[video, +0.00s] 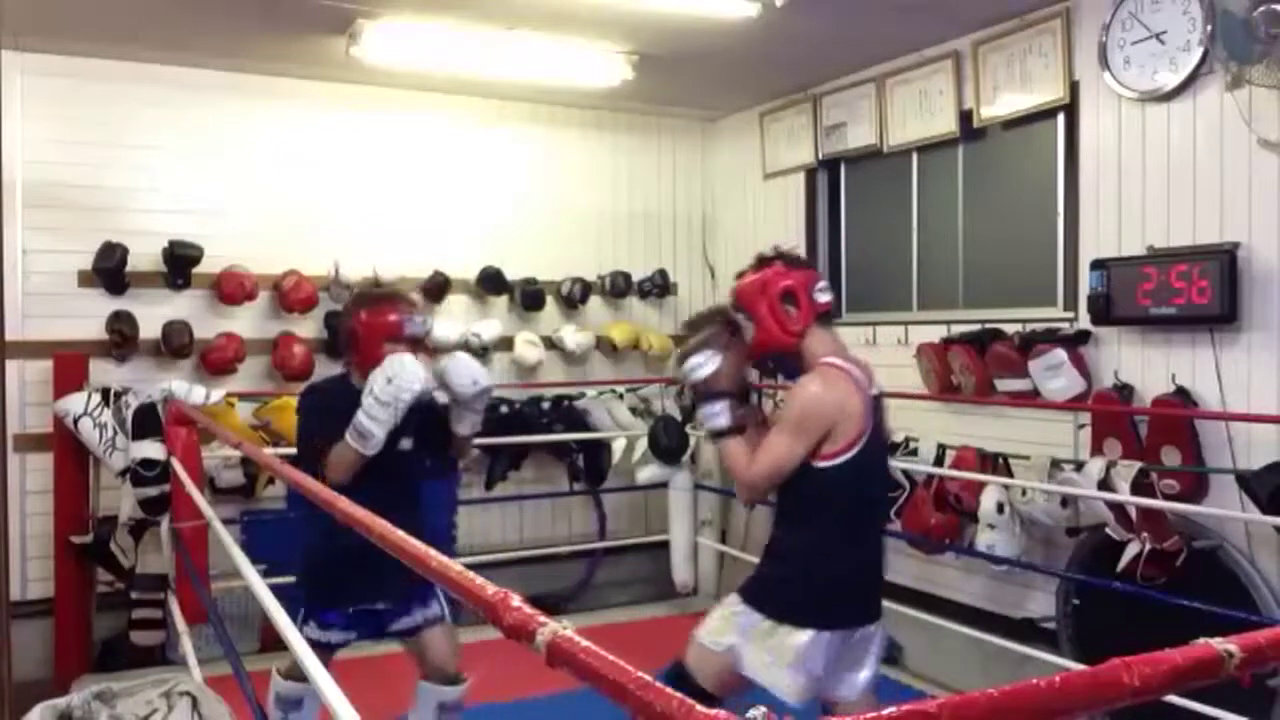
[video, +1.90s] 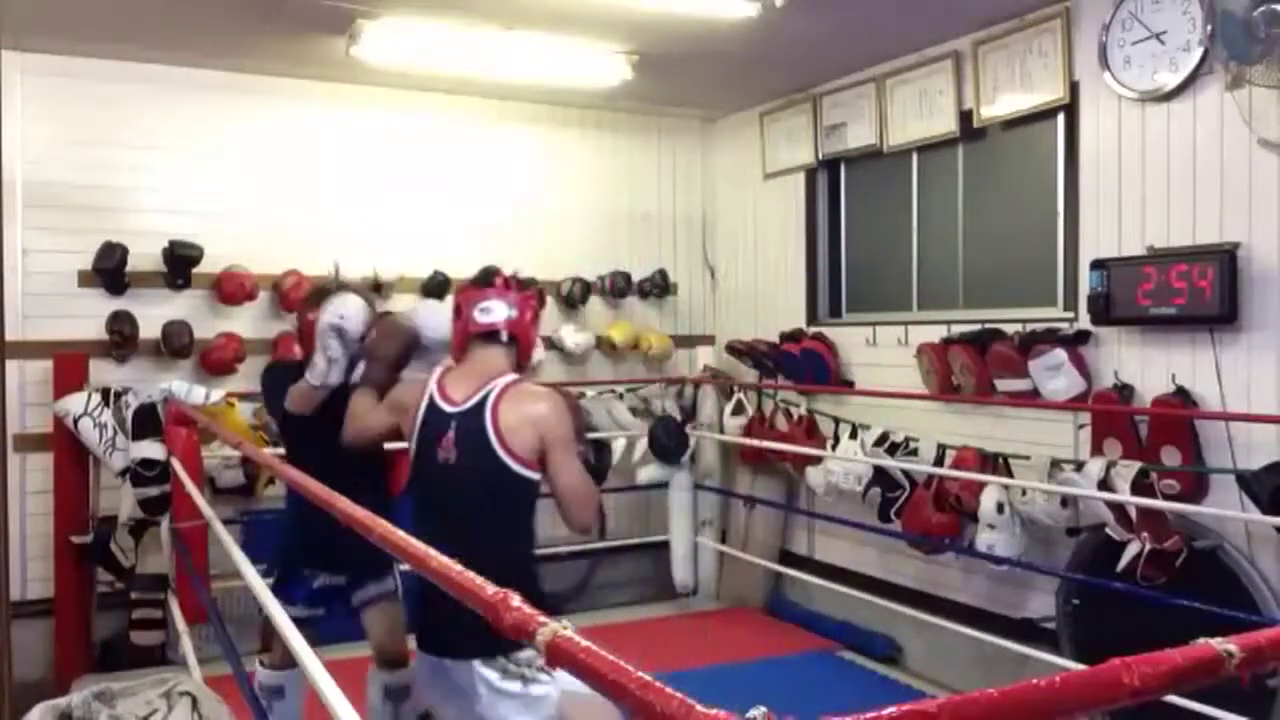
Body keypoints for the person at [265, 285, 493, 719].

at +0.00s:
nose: (408, 349)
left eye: (413, 336)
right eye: (394, 335)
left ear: (419, 341)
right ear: (362, 340)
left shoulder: (417, 400)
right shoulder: (323, 398)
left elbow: (449, 456)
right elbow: (334, 473)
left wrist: (468, 408)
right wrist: (378, 408)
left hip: (405, 564)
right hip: (335, 567)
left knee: (446, 673)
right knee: (295, 683)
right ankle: (284, 715)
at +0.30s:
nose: (376, 332)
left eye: (385, 322)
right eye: (365, 321)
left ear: (401, 334)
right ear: (346, 335)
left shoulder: (415, 393)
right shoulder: (327, 398)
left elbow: (456, 437)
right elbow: (378, 427)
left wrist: (462, 385)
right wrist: (393, 363)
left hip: (420, 554)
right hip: (354, 558)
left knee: (468, 658)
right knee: (312, 672)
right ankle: (275, 705)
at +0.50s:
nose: (339, 320)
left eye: (346, 309)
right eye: (328, 306)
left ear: (357, 325)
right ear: (307, 317)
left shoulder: (373, 374)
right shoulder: (288, 372)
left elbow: (423, 396)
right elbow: (330, 390)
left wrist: (426, 328)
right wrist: (360, 324)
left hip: (376, 534)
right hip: (309, 538)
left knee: (420, 641)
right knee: (270, 660)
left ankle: (430, 712)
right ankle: (254, 713)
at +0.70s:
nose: (336, 355)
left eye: (345, 346)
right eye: (327, 343)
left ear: (354, 348)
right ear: (303, 341)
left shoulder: (354, 390)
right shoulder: (259, 383)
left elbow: (397, 435)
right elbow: (268, 419)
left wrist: (393, 372)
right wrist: (293, 347)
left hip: (344, 542)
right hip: (277, 545)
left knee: (380, 646)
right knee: (255, 662)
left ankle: (362, 716)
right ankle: (247, 714)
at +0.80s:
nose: (335, 331)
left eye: (342, 319)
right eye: (323, 319)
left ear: (352, 319)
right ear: (289, 317)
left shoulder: (351, 366)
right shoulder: (253, 367)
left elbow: (382, 438)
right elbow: (241, 436)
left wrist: (385, 385)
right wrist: (286, 382)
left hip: (341, 517)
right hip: (276, 522)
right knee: (255, 642)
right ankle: (251, 717)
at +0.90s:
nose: (338, 334)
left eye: (342, 323)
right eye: (327, 322)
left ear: (347, 327)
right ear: (294, 323)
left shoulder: (352, 372)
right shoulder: (252, 377)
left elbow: (378, 438)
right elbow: (238, 444)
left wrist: (369, 419)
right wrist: (293, 423)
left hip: (343, 519)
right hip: (276, 525)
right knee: (257, 637)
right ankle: (266, 716)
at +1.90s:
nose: (343, 337)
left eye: (354, 330)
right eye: (332, 326)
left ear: (365, 337)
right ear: (310, 328)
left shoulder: (375, 379)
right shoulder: (282, 376)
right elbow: (292, 414)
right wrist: (324, 365)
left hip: (368, 533)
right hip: (305, 533)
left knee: (393, 648)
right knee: (280, 654)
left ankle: (392, 712)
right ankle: (276, 712)